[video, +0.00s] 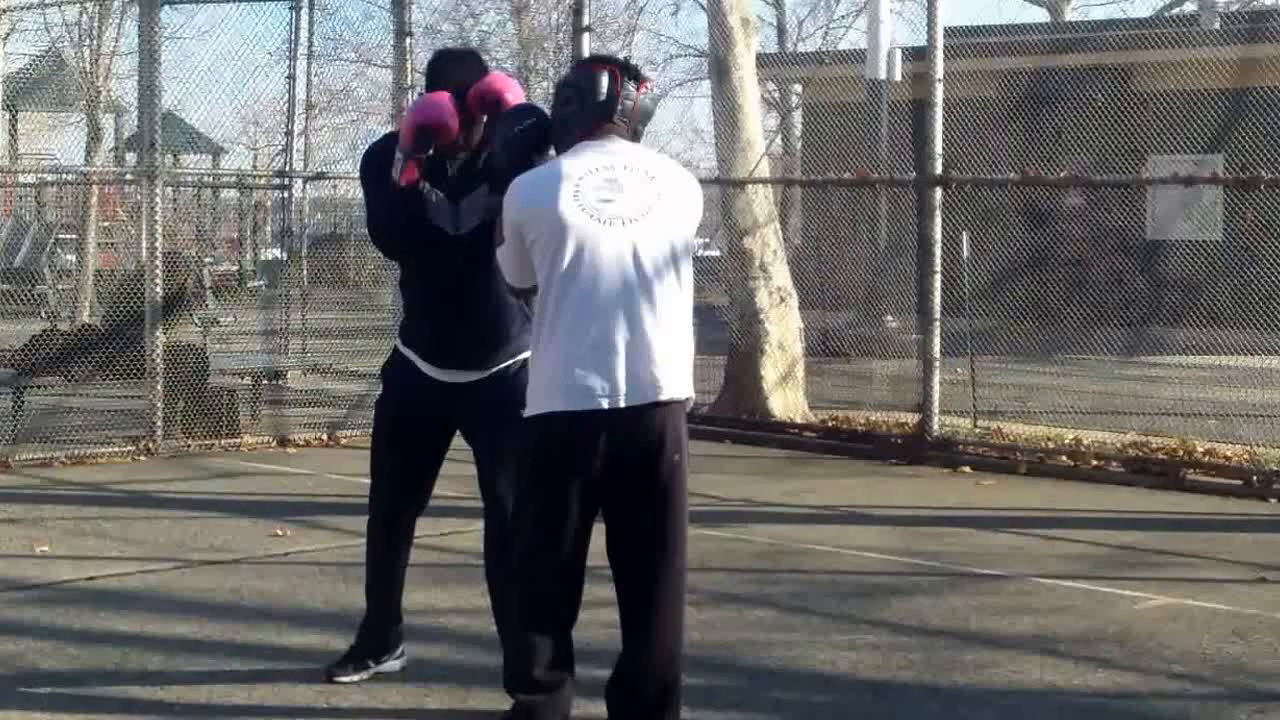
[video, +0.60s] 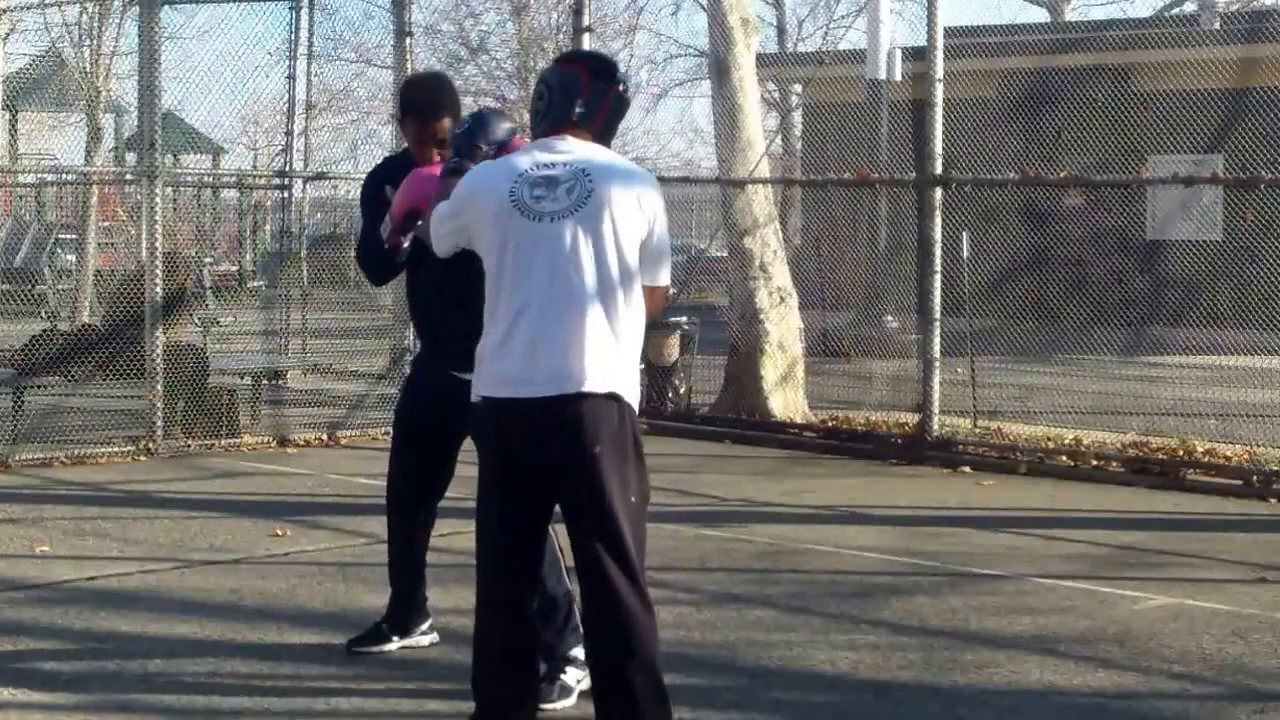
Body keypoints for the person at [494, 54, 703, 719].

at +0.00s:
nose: (648, 119)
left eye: (556, 110)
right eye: (642, 110)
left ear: (564, 114)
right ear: (633, 116)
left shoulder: (532, 189)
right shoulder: (680, 182)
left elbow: (520, 279)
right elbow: (671, 266)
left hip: (562, 407)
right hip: (658, 405)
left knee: (545, 563)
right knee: (655, 571)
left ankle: (540, 703)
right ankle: (651, 708)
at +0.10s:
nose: (652, 119)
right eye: (651, 110)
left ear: (570, 113)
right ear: (640, 116)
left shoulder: (533, 183)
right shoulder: (684, 186)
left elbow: (493, 253)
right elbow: (655, 252)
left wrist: (495, 192)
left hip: (555, 415)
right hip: (652, 414)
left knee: (536, 589)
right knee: (650, 593)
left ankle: (520, 710)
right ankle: (647, 714)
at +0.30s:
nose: (645, 124)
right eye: (644, 115)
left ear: (567, 110)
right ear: (630, 117)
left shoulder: (518, 171)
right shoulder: (664, 190)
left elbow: (467, 228)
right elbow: (664, 288)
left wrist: (493, 170)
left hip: (527, 407)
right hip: (620, 412)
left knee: (516, 579)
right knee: (628, 583)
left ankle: (507, 710)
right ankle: (641, 713)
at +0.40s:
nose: (639, 128)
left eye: (637, 118)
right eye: (639, 118)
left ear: (559, 113)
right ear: (624, 120)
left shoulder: (499, 187)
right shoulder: (652, 193)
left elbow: (482, 286)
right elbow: (655, 302)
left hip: (507, 409)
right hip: (602, 410)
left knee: (506, 575)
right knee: (616, 580)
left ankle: (504, 709)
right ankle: (635, 712)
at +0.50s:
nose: (630, 125)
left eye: (628, 117)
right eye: (630, 116)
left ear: (549, 112)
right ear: (615, 119)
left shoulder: (495, 184)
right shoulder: (643, 189)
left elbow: (465, 291)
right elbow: (652, 301)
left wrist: (541, 296)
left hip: (504, 407)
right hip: (597, 408)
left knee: (503, 576)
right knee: (616, 579)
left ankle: (500, 707)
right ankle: (636, 711)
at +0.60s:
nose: (620, 120)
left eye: (618, 112)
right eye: (619, 112)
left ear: (537, 109)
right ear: (605, 114)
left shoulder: (489, 179)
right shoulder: (634, 182)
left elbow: (436, 239)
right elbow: (653, 296)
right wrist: (592, 321)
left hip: (505, 405)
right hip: (597, 404)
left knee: (504, 572)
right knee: (615, 574)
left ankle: (501, 708)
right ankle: (636, 711)